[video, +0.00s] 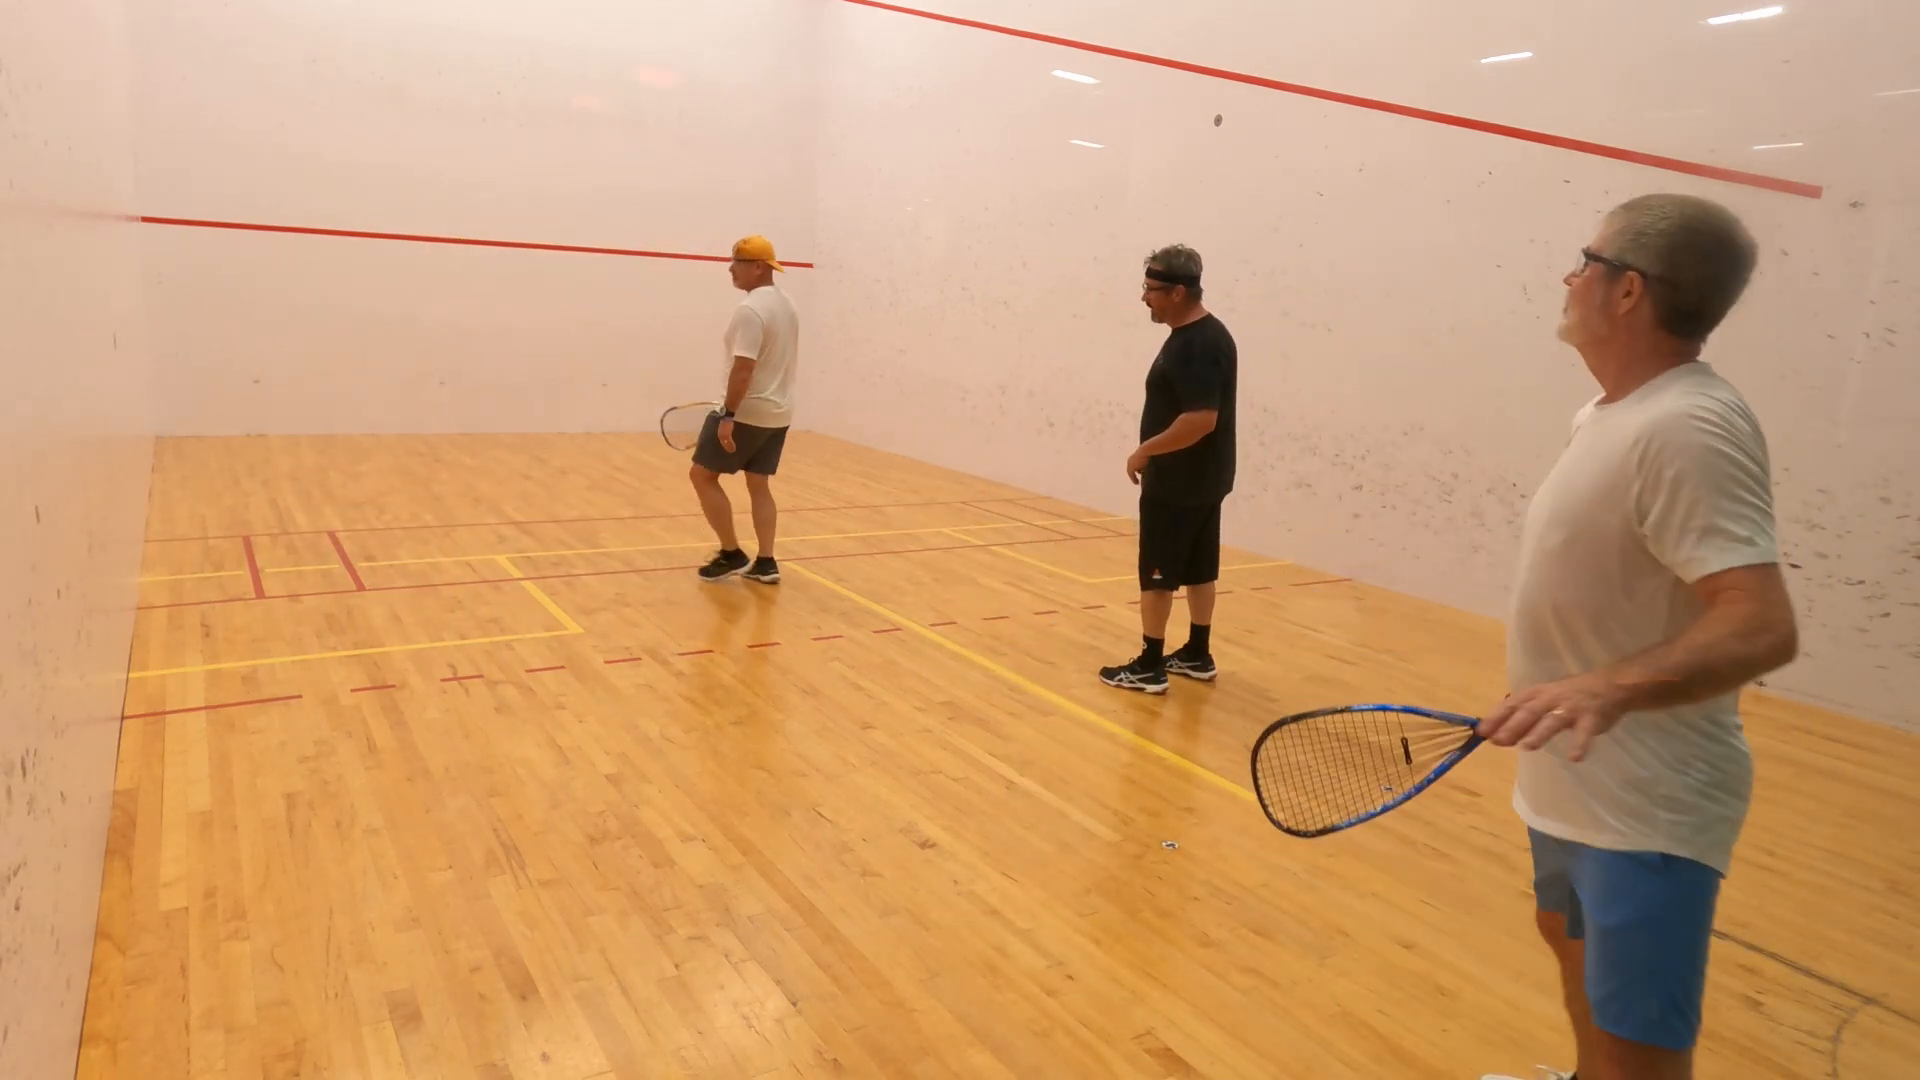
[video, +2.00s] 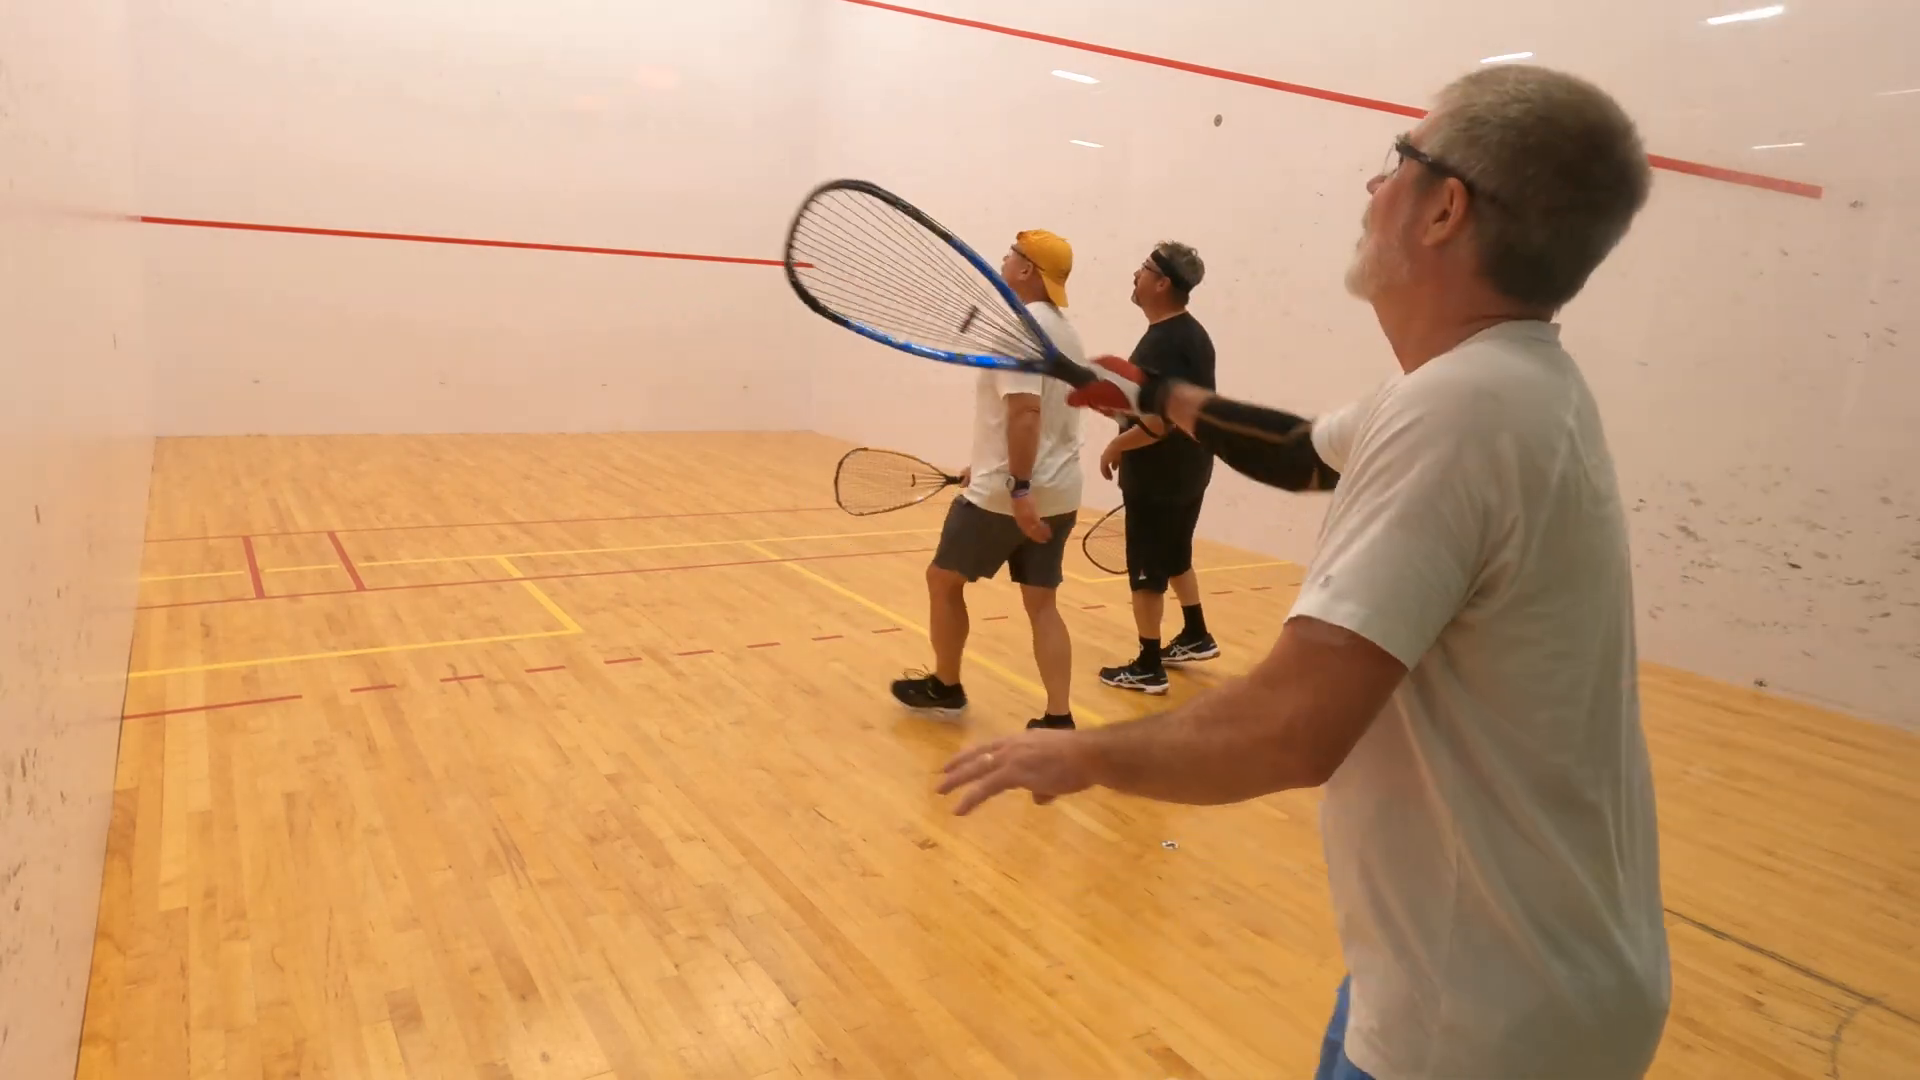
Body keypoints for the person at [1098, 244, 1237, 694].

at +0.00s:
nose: (1143, 297)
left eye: (1151, 289)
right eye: (1144, 287)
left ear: (1179, 292)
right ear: (1181, 292)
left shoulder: (1195, 343)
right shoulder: (1210, 335)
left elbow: (1200, 418)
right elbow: (1202, 417)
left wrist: (1144, 450)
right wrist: (1157, 454)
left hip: (1175, 481)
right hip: (1202, 480)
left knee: (1156, 571)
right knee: (1200, 565)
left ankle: (1149, 664)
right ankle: (1197, 653)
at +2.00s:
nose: (1135, 275)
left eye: (1144, 271)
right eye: (1140, 268)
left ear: (1162, 285)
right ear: (1172, 288)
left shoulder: (1161, 342)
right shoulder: (1193, 335)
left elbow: (1160, 424)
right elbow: (1182, 412)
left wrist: (1117, 446)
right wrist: (1121, 422)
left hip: (1157, 473)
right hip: (1187, 468)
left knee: (1146, 566)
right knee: (1176, 553)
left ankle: (1148, 665)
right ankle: (1196, 633)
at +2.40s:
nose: (1153, 290)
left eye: (1160, 285)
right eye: (1158, 283)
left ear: (1178, 295)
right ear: (1190, 297)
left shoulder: (1180, 351)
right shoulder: (1213, 344)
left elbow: (1174, 421)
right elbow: (1207, 419)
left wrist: (1147, 482)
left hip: (1178, 482)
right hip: (1206, 480)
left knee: (1147, 566)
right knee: (1197, 556)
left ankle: (1149, 663)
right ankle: (1214, 635)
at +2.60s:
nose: (1168, 294)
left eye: (1175, 287)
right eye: (1170, 286)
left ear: (1196, 292)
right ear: (1205, 293)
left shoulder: (1197, 344)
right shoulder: (1226, 339)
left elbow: (1204, 417)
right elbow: (1221, 413)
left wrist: (1183, 465)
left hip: (1194, 468)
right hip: (1220, 467)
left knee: (1161, 546)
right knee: (1210, 546)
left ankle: (1158, 649)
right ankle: (1216, 634)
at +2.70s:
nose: (1185, 294)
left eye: (1192, 286)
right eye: (1185, 285)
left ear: (1210, 290)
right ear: (1210, 289)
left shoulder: (1218, 339)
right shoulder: (1217, 334)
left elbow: (1217, 411)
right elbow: (1219, 409)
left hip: (1213, 465)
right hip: (1213, 462)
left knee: (1196, 551)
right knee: (1209, 550)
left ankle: (1173, 649)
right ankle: (1215, 635)